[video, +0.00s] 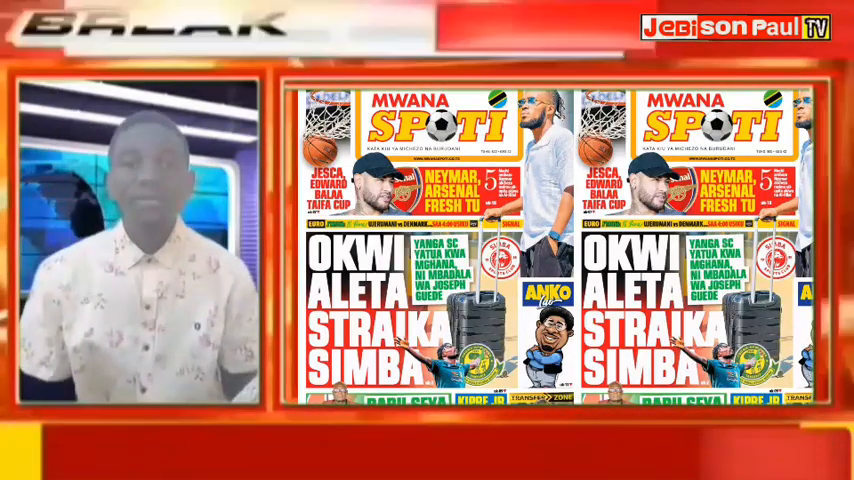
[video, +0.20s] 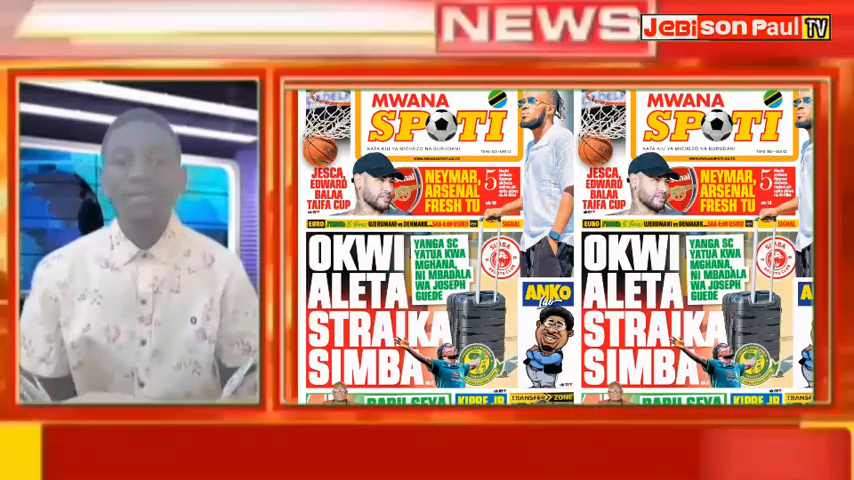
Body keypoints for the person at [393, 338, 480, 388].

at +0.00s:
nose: (453, 348)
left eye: (453, 347)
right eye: (449, 347)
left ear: (456, 352)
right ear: (443, 354)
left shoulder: (462, 367)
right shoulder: (439, 365)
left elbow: (474, 365)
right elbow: (423, 359)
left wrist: (478, 360)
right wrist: (407, 348)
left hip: (461, 403)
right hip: (444, 403)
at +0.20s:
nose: (453, 348)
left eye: (453, 347)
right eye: (449, 347)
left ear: (456, 352)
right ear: (443, 354)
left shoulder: (462, 367)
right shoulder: (439, 365)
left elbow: (474, 365)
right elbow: (423, 359)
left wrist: (478, 360)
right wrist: (407, 348)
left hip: (461, 403)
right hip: (444, 403)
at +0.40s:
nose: (453, 348)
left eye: (453, 347)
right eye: (449, 348)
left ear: (456, 352)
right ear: (443, 354)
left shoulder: (462, 367)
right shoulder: (439, 365)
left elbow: (474, 365)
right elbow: (423, 359)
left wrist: (478, 360)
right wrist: (407, 348)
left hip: (461, 403)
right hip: (445, 403)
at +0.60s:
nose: (453, 348)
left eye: (453, 347)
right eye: (449, 347)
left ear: (456, 352)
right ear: (443, 354)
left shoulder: (462, 367)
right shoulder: (439, 365)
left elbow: (474, 365)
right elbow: (423, 359)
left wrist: (478, 360)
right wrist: (407, 348)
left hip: (461, 403)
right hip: (444, 403)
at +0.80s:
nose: (453, 348)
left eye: (453, 347)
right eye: (449, 347)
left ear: (456, 351)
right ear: (443, 354)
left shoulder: (462, 367)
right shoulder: (438, 365)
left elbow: (473, 365)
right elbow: (423, 359)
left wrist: (478, 360)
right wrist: (408, 348)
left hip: (461, 402)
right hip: (444, 402)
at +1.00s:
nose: (453, 348)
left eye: (453, 347)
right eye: (449, 347)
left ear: (456, 352)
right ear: (443, 354)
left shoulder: (462, 367)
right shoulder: (439, 365)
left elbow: (474, 365)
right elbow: (423, 359)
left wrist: (478, 360)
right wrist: (407, 348)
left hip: (461, 403)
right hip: (444, 403)